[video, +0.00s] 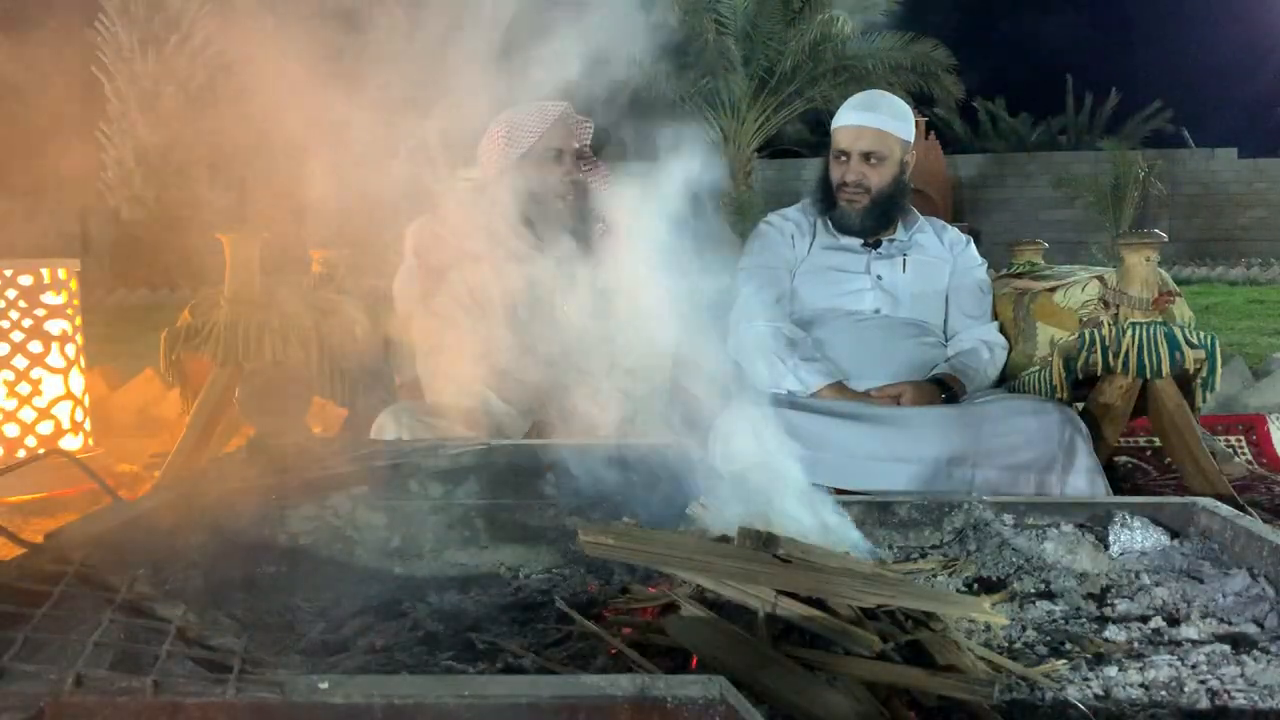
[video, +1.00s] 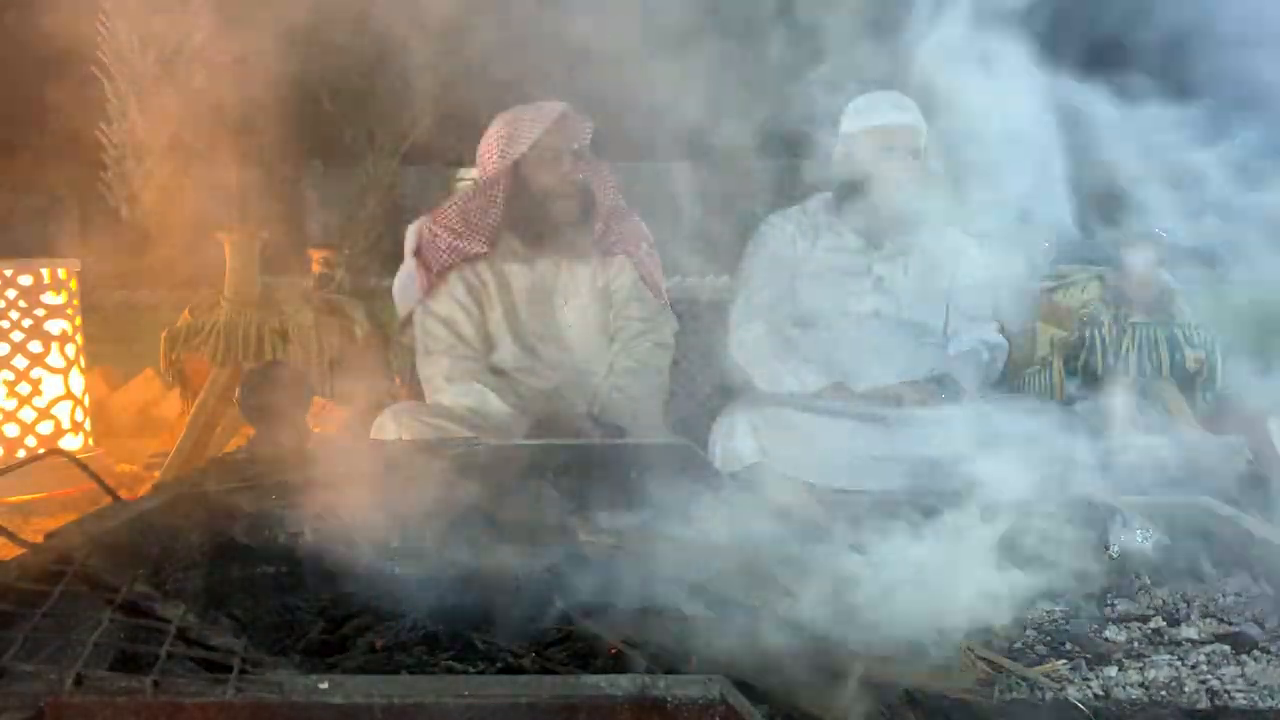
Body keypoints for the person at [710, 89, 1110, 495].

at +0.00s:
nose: (850, 174)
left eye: (871, 160)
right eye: (840, 157)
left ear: (906, 167)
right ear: (827, 159)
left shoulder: (952, 247)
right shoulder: (785, 232)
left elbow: (981, 342)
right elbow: (755, 333)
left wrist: (940, 388)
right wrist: (839, 397)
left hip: (935, 419)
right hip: (823, 417)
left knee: (1054, 427)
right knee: (746, 433)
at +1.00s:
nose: (905, 170)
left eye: (913, 155)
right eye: (887, 154)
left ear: (926, 163)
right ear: (849, 161)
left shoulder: (953, 248)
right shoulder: (787, 236)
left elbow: (982, 337)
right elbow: (750, 337)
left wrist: (940, 389)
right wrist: (824, 392)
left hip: (920, 417)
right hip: (812, 416)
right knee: (740, 429)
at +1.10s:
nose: (893, 172)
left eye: (904, 155)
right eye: (878, 155)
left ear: (922, 162)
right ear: (842, 160)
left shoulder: (954, 251)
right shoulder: (787, 235)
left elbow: (982, 347)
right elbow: (750, 335)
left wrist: (935, 391)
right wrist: (819, 391)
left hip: (922, 421)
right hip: (819, 419)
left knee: (1028, 420)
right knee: (738, 427)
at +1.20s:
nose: (901, 173)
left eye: (911, 157)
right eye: (885, 156)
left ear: (923, 166)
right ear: (843, 159)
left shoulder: (953, 250)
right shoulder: (786, 235)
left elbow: (981, 346)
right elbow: (752, 333)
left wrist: (934, 388)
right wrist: (822, 395)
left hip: (924, 416)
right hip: (817, 413)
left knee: (1058, 428)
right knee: (739, 428)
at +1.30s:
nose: (904, 175)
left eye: (914, 159)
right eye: (886, 157)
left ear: (924, 166)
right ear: (844, 159)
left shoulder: (954, 251)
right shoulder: (786, 235)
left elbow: (981, 342)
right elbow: (753, 333)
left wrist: (943, 387)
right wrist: (831, 395)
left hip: (930, 419)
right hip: (823, 414)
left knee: (1053, 423)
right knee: (741, 428)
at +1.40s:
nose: (905, 173)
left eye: (915, 158)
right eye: (887, 157)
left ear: (925, 162)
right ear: (847, 160)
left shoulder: (954, 251)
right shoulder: (786, 235)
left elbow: (981, 343)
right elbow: (753, 332)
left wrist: (939, 387)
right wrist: (828, 394)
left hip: (930, 421)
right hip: (821, 417)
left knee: (1050, 424)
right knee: (740, 427)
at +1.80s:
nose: (885, 172)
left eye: (902, 158)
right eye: (872, 153)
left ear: (919, 169)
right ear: (845, 154)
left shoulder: (953, 250)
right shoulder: (788, 234)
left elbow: (980, 341)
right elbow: (753, 328)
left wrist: (940, 387)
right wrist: (826, 392)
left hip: (937, 421)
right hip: (826, 419)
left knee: (1055, 426)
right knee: (742, 428)